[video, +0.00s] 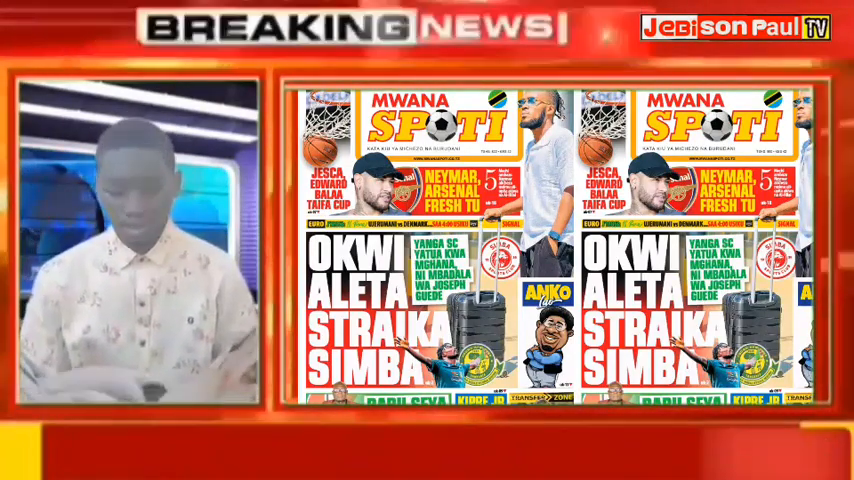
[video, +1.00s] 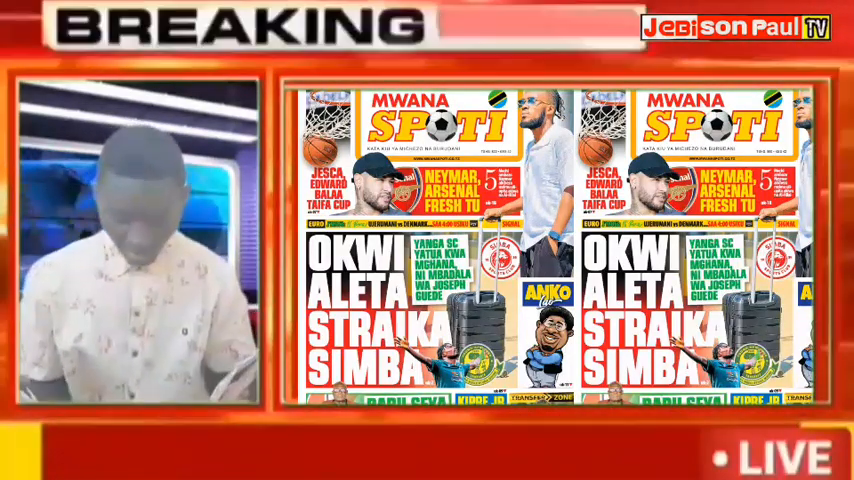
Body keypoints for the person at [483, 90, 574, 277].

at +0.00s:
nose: (523, 107)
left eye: (531, 101)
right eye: (522, 103)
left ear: (550, 110)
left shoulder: (563, 139)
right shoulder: (531, 146)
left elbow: (571, 192)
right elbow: (532, 196)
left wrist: (554, 238)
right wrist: (502, 211)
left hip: (551, 241)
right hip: (530, 242)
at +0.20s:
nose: (523, 107)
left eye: (531, 101)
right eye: (522, 103)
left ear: (550, 110)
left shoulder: (563, 139)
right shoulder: (531, 146)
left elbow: (571, 192)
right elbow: (532, 196)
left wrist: (554, 238)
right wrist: (502, 211)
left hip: (551, 241)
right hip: (530, 242)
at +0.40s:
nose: (523, 107)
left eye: (531, 101)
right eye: (522, 103)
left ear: (549, 110)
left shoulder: (563, 139)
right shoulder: (531, 146)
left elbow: (571, 192)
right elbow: (532, 196)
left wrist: (553, 238)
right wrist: (502, 211)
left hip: (552, 241)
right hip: (530, 242)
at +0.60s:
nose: (523, 107)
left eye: (531, 102)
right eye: (522, 103)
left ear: (549, 110)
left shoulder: (563, 139)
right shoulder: (531, 147)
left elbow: (571, 192)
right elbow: (532, 196)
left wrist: (554, 238)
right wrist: (502, 211)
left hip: (551, 241)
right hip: (529, 242)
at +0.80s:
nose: (523, 107)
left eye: (531, 102)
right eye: (522, 103)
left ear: (549, 110)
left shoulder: (563, 139)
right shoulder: (531, 147)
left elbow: (571, 192)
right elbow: (532, 196)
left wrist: (554, 238)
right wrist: (502, 211)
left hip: (551, 241)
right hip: (529, 242)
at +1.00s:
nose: (523, 107)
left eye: (531, 102)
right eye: (522, 103)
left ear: (549, 110)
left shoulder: (563, 139)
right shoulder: (531, 147)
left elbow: (571, 192)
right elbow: (532, 196)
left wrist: (554, 238)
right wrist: (502, 211)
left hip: (551, 241)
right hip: (529, 242)